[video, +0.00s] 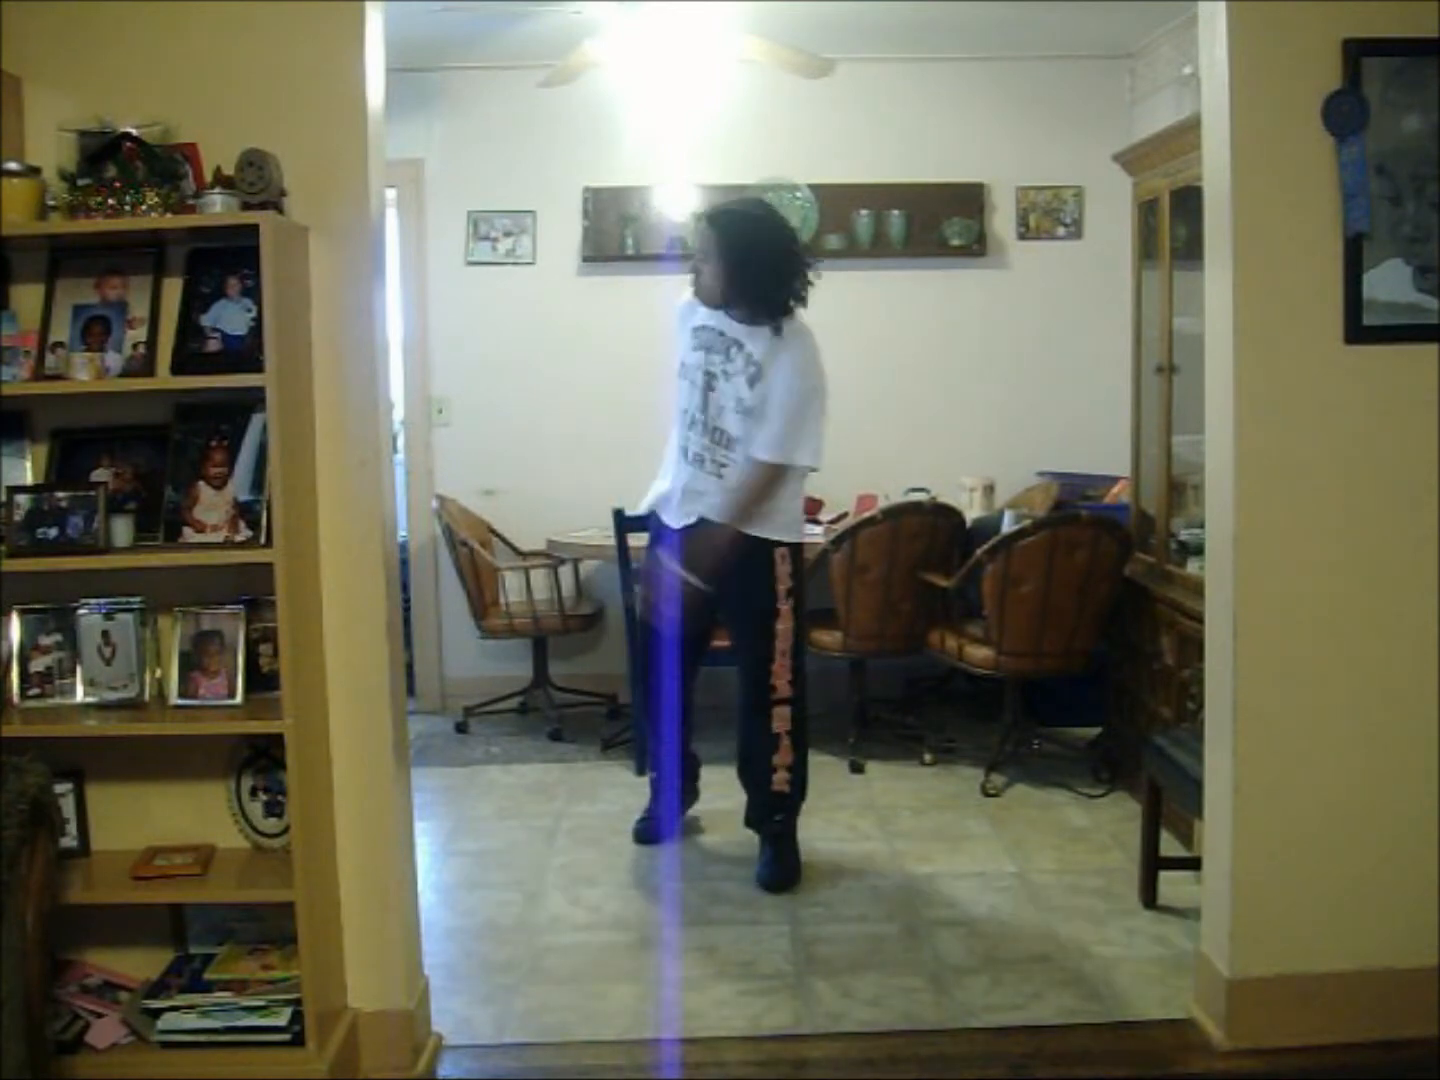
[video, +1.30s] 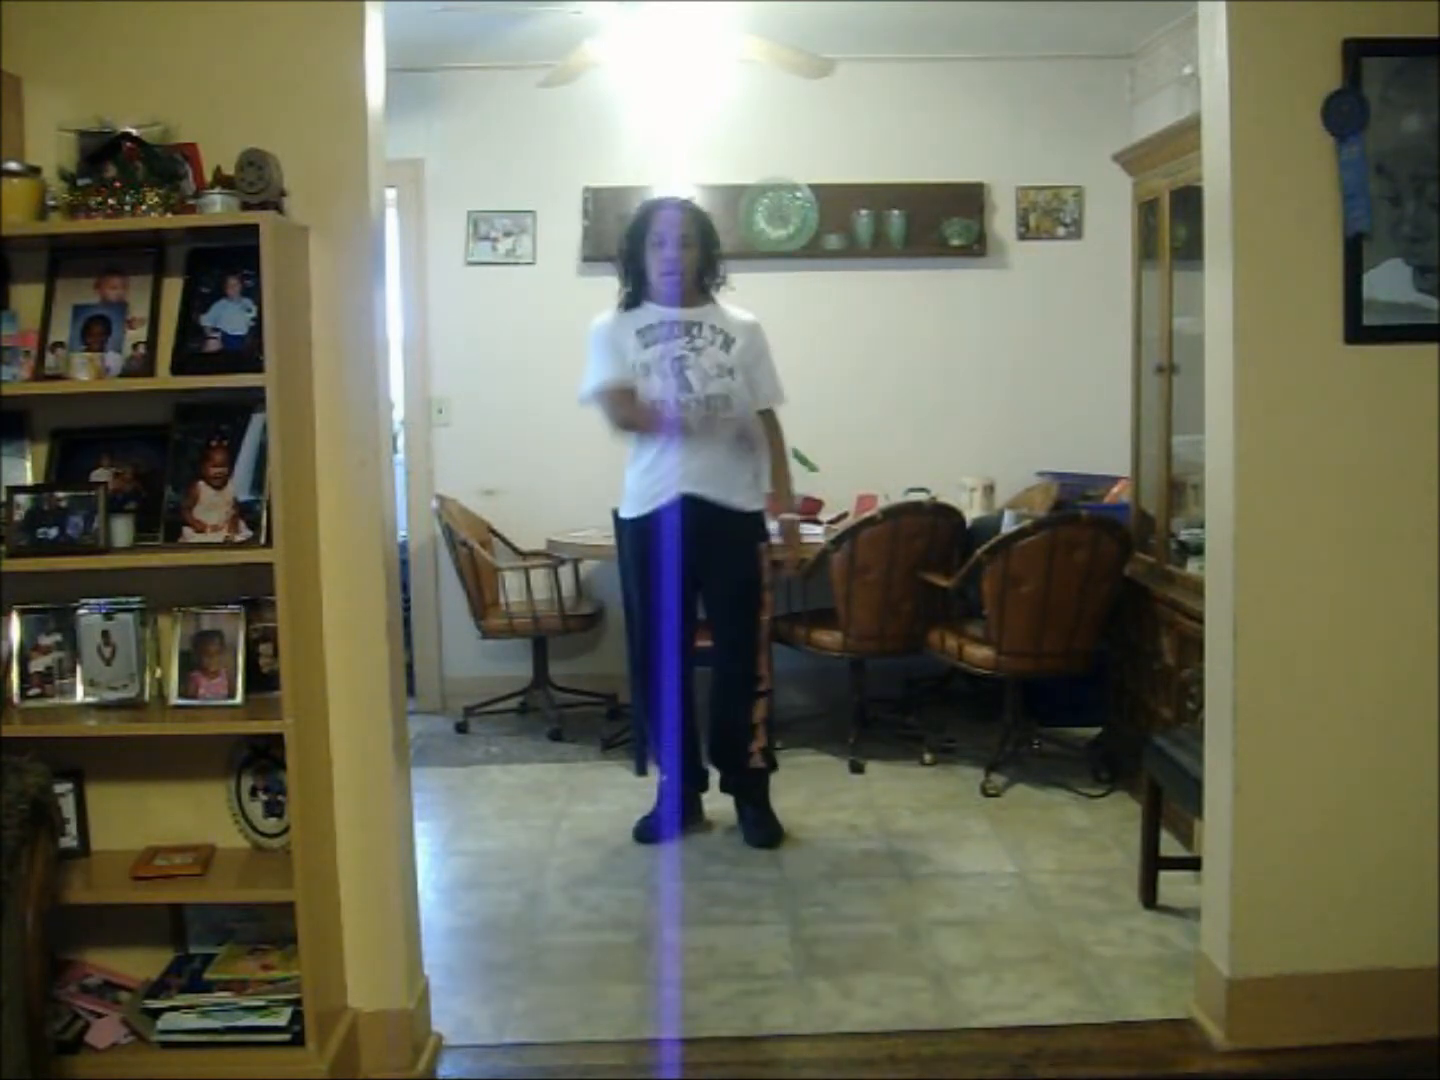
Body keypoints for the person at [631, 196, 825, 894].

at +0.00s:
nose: (692, 268)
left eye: (703, 258)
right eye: (693, 256)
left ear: (744, 266)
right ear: (718, 263)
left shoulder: (792, 350)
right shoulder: (694, 318)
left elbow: (774, 461)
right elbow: (691, 420)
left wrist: (716, 537)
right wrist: (665, 504)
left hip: (759, 532)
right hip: (682, 520)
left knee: (770, 679)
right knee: (663, 665)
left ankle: (776, 824)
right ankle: (671, 793)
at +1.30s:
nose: (672, 254)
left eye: (684, 243)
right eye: (659, 243)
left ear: (706, 253)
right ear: (637, 254)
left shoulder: (741, 330)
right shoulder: (615, 331)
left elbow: (768, 423)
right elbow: (620, 411)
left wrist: (784, 499)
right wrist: (682, 418)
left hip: (732, 506)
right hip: (654, 508)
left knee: (738, 653)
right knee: (661, 653)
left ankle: (747, 786)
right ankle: (678, 790)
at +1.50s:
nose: (690, 256)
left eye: (703, 244)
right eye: (678, 245)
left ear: (725, 255)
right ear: (656, 256)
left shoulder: (761, 336)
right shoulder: (630, 326)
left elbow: (785, 436)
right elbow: (628, 413)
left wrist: (775, 525)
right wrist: (714, 392)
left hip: (748, 511)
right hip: (667, 512)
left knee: (757, 661)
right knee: (657, 657)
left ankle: (751, 787)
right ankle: (670, 785)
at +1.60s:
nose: (702, 268)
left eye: (716, 257)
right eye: (691, 257)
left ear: (739, 267)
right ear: (674, 267)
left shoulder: (775, 347)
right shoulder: (647, 342)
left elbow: (773, 462)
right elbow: (630, 438)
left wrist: (752, 556)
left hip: (756, 513)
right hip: (677, 514)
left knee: (762, 660)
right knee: (661, 651)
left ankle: (753, 788)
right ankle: (652, 772)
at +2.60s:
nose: (606, 290)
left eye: (617, 275)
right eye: (604, 276)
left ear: (662, 273)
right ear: (629, 279)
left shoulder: (754, 347)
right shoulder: (608, 351)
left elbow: (772, 467)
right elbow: (603, 456)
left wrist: (738, 572)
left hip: (734, 545)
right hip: (650, 545)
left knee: (734, 687)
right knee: (661, 705)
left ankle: (738, 783)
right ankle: (651, 866)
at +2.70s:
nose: (607, 289)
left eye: (619, 274)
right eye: (605, 275)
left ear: (663, 272)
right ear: (624, 280)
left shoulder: (753, 348)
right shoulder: (619, 351)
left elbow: (771, 468)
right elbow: (606, 457)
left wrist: (738, 575)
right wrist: (639, 398)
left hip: (736, 545)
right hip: (653, 544)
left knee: (738, 688)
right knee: (662, 706)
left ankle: (738, 782)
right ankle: (650, 865)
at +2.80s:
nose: (626, 289)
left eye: (638, 274)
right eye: (624, 276)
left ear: (677, 274)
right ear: (636, 280)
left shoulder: (769, 352)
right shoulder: (627, 358)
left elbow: (783, 473)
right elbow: (582, 451)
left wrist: (747, 575)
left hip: (746, 551)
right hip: (657, 548)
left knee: (738, 695)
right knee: (660, 707)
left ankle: (738, 785)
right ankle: (651, 868)